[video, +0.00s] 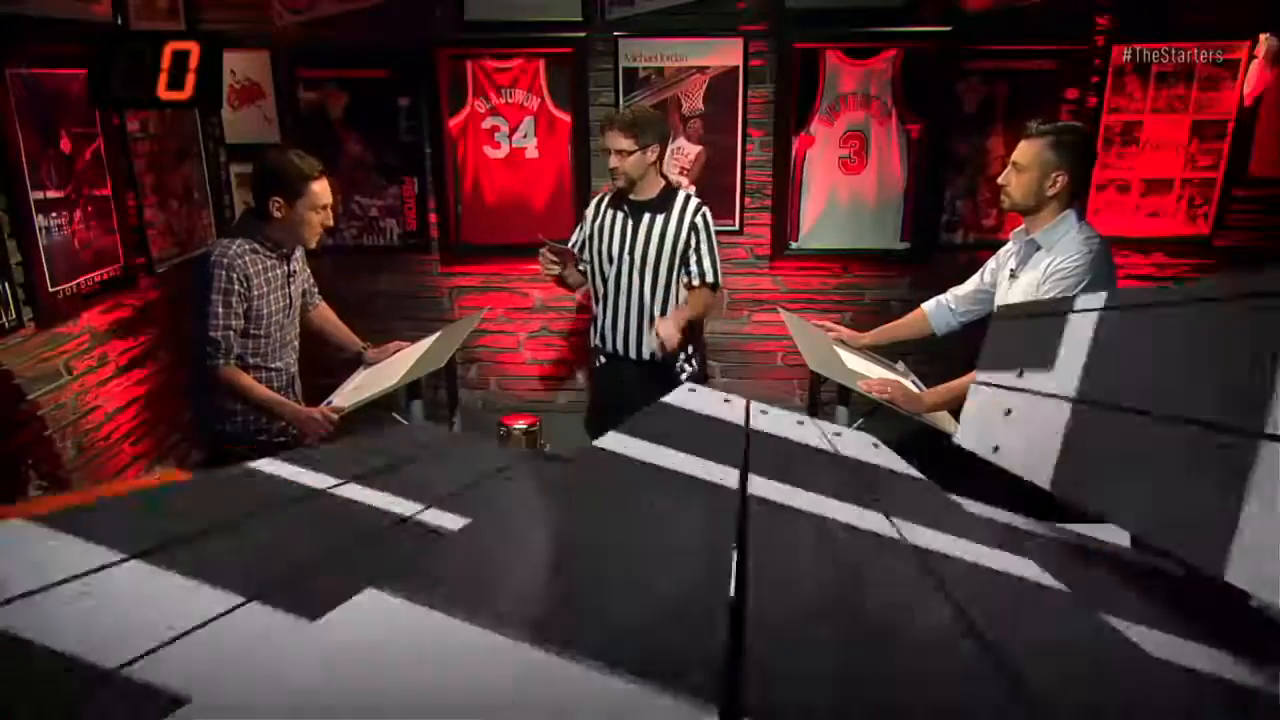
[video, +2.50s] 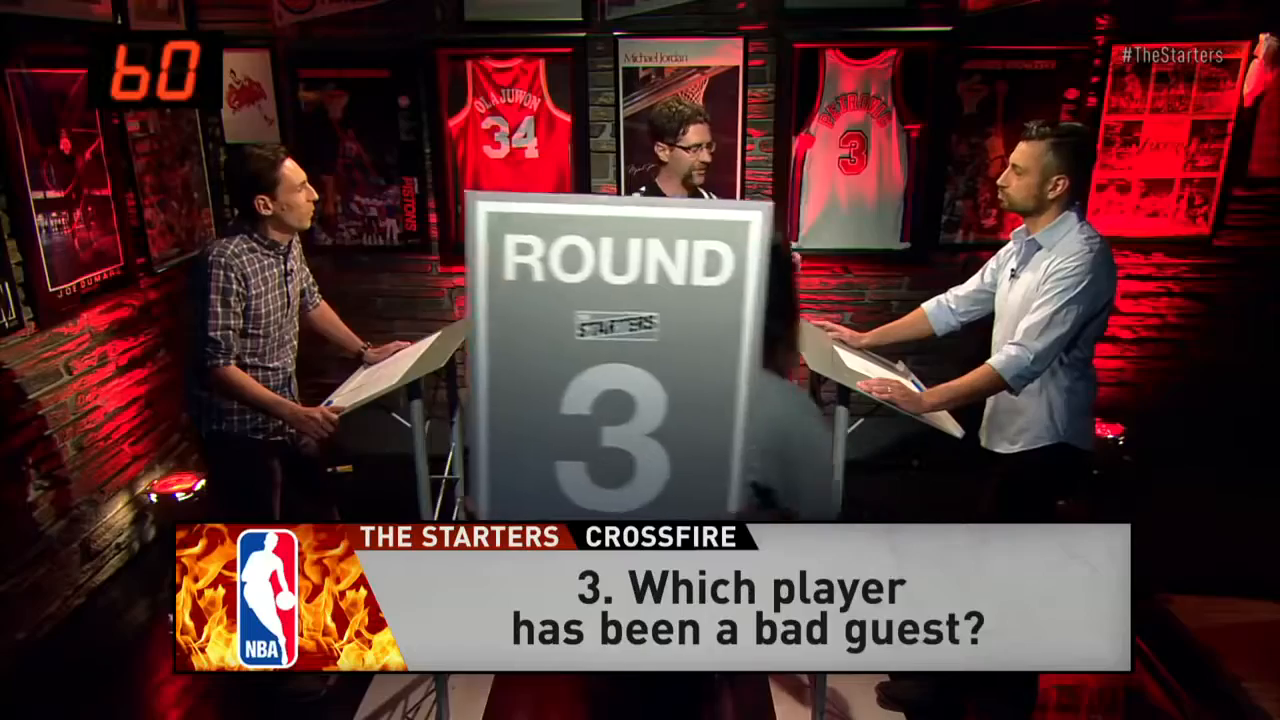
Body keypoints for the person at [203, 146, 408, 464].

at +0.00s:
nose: (329, 221)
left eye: (330, 209)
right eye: (319, 210)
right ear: (278, 210)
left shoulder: (291, 250)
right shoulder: (230, 262)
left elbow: (313, 307)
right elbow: (220, 367)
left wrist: (364, 351)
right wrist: (296, 414)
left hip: (289, 426)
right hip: (243, 436)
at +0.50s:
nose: (332, 219)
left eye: (332, 206)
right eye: (321, 208)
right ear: (280, 207)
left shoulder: (294, 249)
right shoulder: (233, 261)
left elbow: (314, 306)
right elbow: (221, 366)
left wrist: (364, 351)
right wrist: (297, 414)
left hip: (288, 432)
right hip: (244, 439)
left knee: (302, 537)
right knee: (256, 545)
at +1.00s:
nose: (333, 208)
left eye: (330, 198)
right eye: (323, 200)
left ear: (288, 209)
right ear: (287, 208)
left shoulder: (292, 248)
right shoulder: (233, 260)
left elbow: (313, 305)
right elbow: (220, 365)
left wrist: (364, 350)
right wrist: (296, 414)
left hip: (287, 428)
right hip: (244, 438)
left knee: (302, 528)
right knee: (254, 540)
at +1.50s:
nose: (329, 204)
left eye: (325, 193)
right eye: (319, 196)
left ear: (286, 207)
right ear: (283, 207)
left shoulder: (292, 248)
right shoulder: (233, 260)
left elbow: (313, 305)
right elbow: (220, 365)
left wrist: (364, 350)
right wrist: (295, 413)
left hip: (288, 428)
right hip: (243, 437)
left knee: (307, 527)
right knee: (255, 540)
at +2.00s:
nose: (323, 198)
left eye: (318, 187)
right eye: (310, 191)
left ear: (279, 207)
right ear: (274, 207)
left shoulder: (291, 248)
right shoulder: (231, 261)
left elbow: (313, 305)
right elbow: (220, 366)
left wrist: (364, 350)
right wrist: (294, 413)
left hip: (287, 427)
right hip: (241, 437)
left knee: (309, 526)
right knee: (255, 540)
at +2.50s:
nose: (314, 196)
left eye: (308, 185)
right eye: (300, 189)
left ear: (269, 205)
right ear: (266, 205)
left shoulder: (289, 247)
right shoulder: (226, 261)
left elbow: (312, 304)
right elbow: (218, 367)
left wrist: (364, 351)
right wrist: (293, 413)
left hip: (286, 425)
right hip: (240, 435)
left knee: (305, 525)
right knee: (252, 537)